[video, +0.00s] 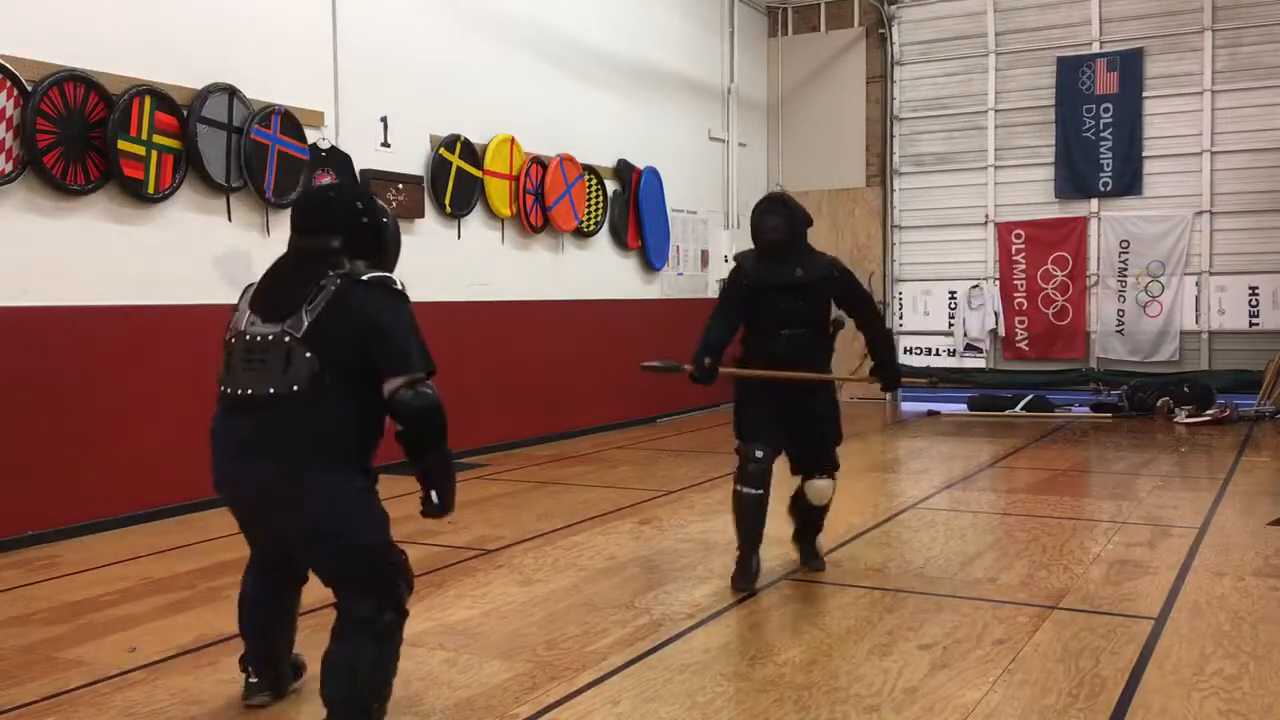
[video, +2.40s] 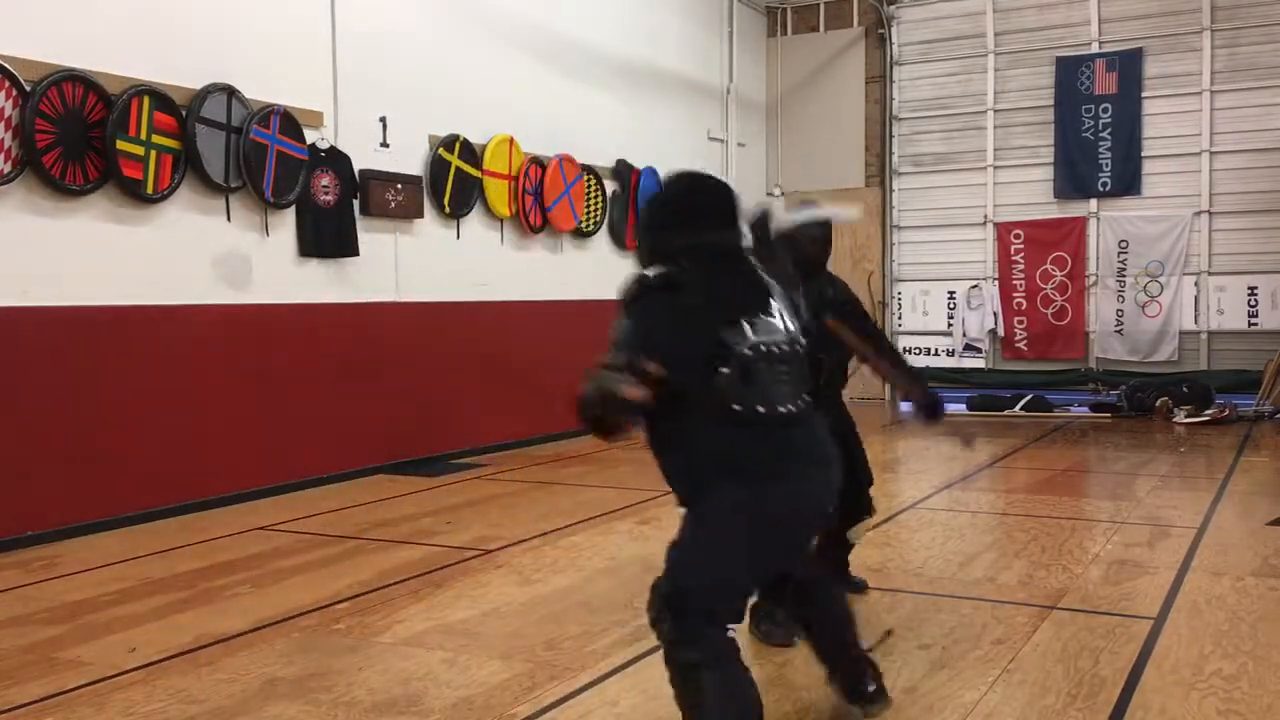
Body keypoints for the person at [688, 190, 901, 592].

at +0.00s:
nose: (772, 235)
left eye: (780, 226)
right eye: (764, 227)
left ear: (798, 227)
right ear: (754, 229)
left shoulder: (825, 271)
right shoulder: (747, 272)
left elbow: (868, 314)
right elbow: (724, 317)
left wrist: (886, 363)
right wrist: (707, 355)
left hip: (811, 386)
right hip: (759, 386)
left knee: (821, 478)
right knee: (753, 470)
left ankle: (807, 537)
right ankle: (747, 555)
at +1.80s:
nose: (765, 236)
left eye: (774, 226)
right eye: (755, 227)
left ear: (795, 226)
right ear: (744, 229)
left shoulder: (820, 270)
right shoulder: (735, 273)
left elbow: (867, 318)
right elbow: (723, 326)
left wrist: (864, 383)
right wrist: (731, 354)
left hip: (807, 397)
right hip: (754, 397)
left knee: (805, 495)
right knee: (771, 493)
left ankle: (787, 565)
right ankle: (762, 600)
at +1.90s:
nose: (767, 248)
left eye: (776, 239)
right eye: (758, 240)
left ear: (795, 240)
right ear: (746, 245)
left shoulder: (821, 283)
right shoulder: (741, 286)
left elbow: (846, 342)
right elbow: (730, 339)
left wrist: (805, 360)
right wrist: (757, 354)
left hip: (807, 403)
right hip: (758, 405)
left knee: (807, 491)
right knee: (787, 503)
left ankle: (784, 553)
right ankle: (767, 606)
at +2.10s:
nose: (780, 247)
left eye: (790, 237)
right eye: (771, 237)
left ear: (809, 242)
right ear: (758, 243)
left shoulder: (827, 287)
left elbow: (861, 357)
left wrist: (831, 358)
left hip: (816, 409)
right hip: (765, 413)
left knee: (833, 502)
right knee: (798, 508)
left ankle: (796, 552)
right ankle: (768, 606)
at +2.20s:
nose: (786, 236)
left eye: (796, 227)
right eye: (778, 227)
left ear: (813, 233)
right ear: (763, 231)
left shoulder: (827, 279)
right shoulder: (745, 281)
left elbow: (869, 335)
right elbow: (730, 339)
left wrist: (871, 379)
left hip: (821, 400)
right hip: (769, 404)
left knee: (843, 484)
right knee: (798, 501)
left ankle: (820, 552)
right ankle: (769, 606)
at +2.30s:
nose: (802, 244)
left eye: (810, 235)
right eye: (793, 235)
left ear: (821, 238)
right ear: (775, 236)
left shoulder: (830, 286)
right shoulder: (759, 284)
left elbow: (870, 340)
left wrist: (891, 395)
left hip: (823, 398)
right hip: (774, 400)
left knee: (848, 478)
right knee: (794, 492)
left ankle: (832, 556)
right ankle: (773, 584)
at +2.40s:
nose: (820, 252)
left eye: (823, 242)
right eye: (810, 243)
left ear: (827, 245)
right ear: (788, 246)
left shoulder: (829, 291)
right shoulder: (764, 289)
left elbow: (872, 343)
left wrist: (917, 390)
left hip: (826, 407)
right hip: (780, 410)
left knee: (854, 490)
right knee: (788, 497)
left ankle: (831, 564)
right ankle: (773, 598)